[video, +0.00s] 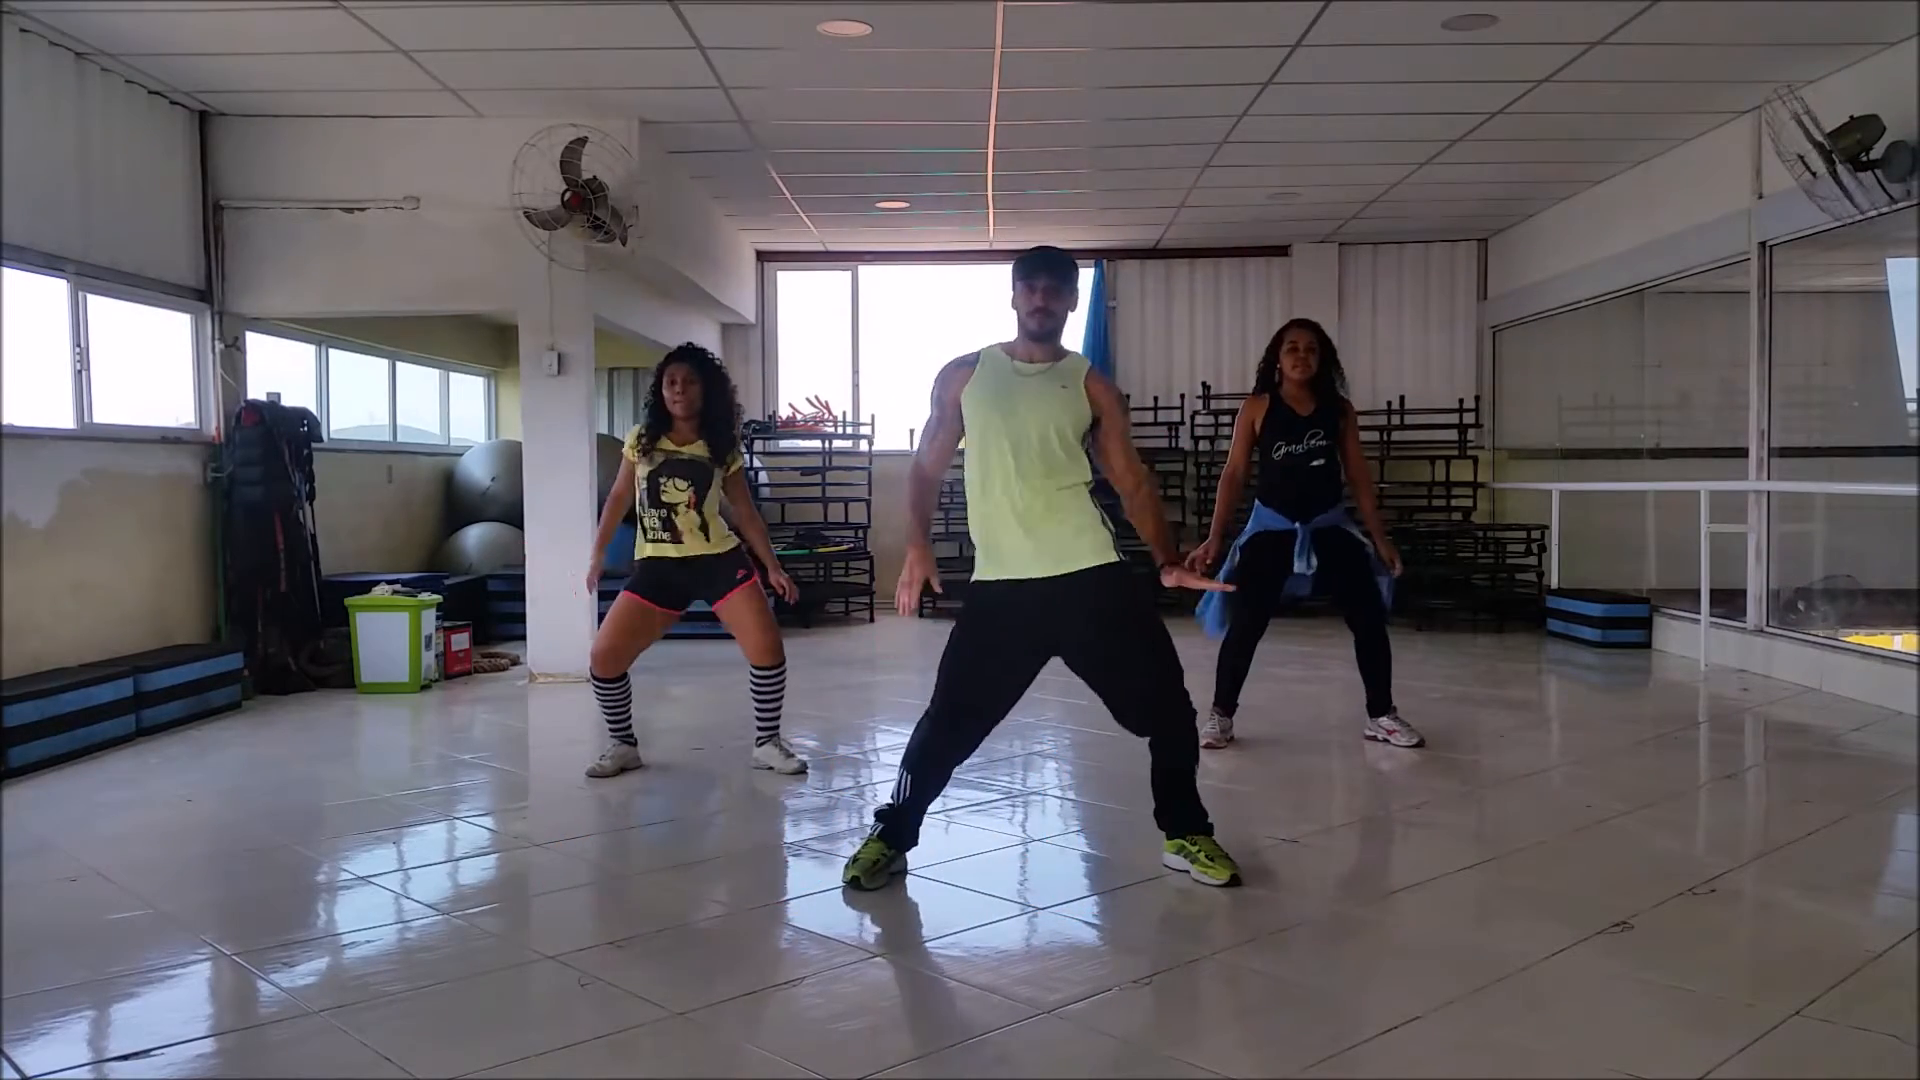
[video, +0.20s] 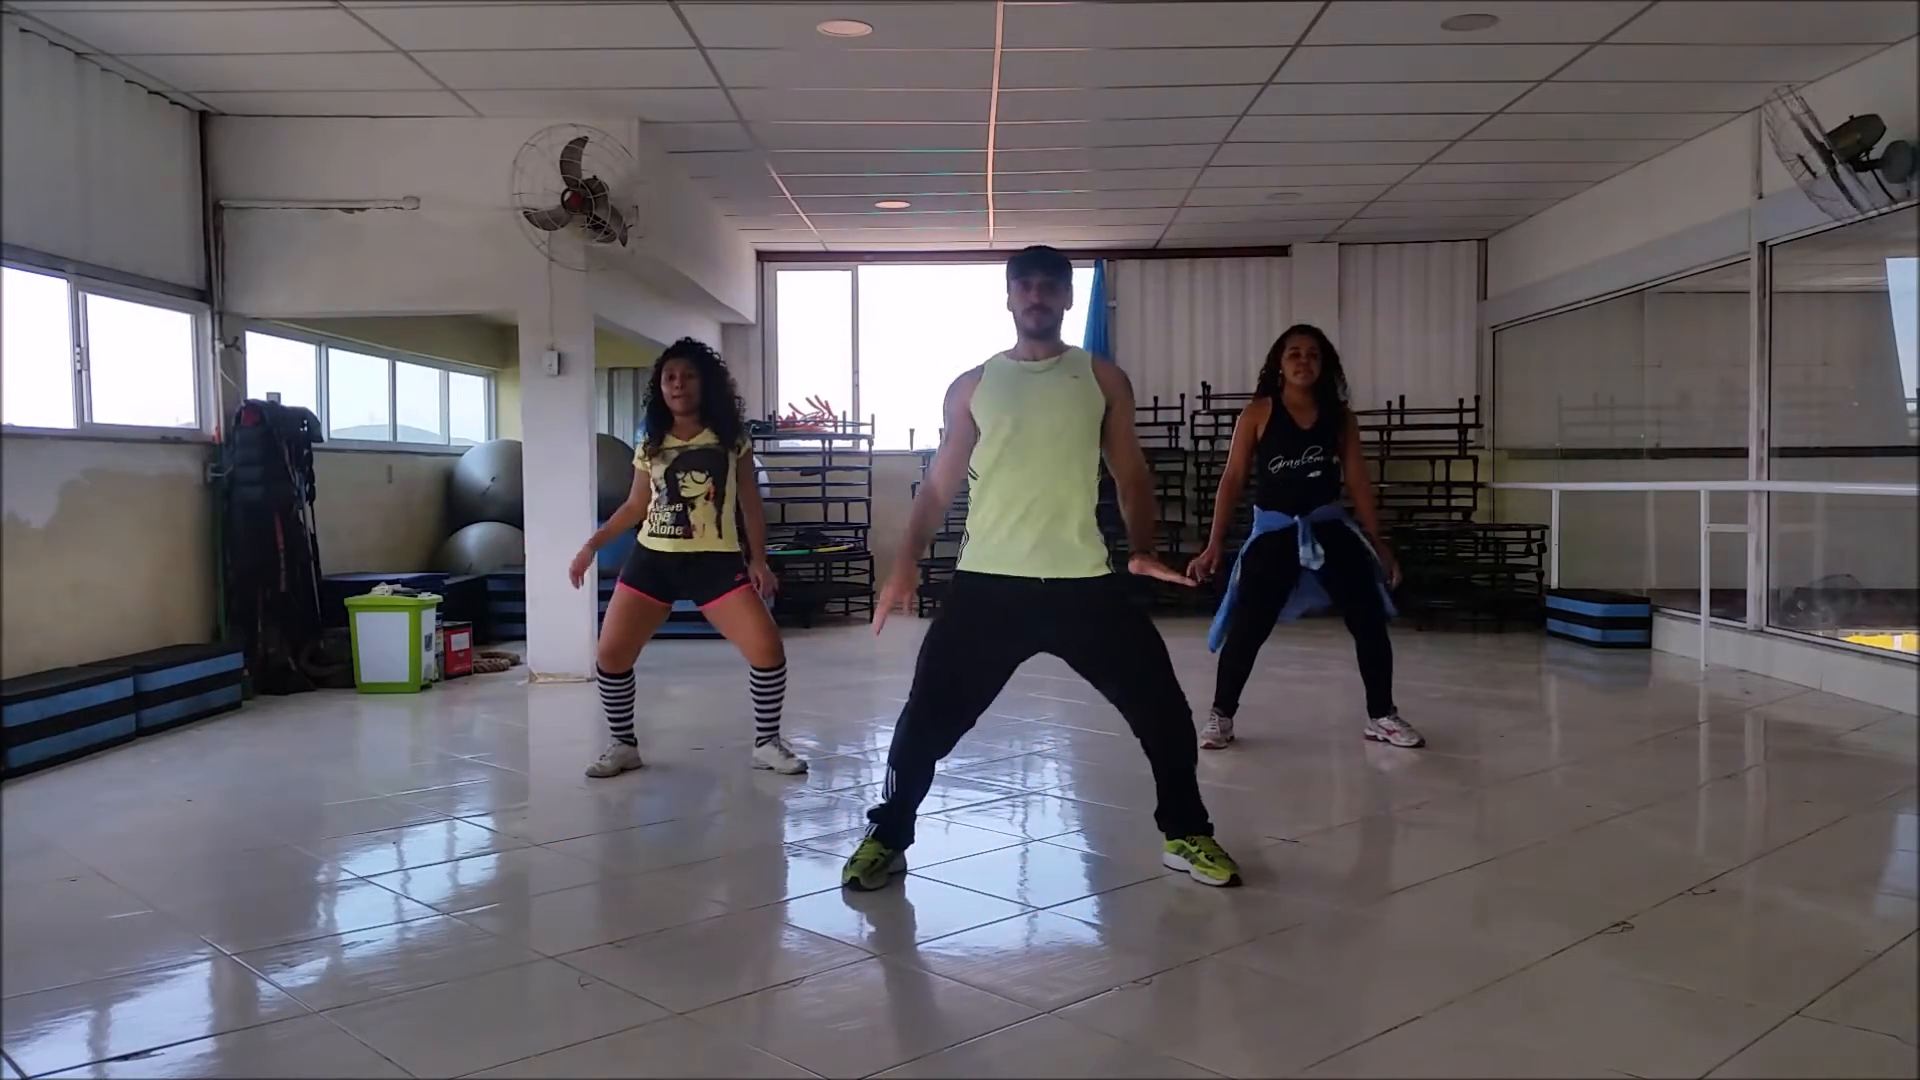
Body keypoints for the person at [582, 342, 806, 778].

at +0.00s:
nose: (678, 389)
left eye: (688, 381)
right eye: (670, 382)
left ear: (706, 389)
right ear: (660, 391)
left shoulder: (722, 446)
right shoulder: (642, 439)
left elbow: (745, 511)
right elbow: (619, 497)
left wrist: (771, 564)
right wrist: (598, 549)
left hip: (722, 567)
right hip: (658, 570)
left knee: (767, 648)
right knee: (605, 656)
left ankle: (768, 744)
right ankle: (623, 746)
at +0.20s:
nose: (676, 385)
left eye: (686, 376)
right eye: (668, 377)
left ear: (706, 383)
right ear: (659, 387)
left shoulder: (732, 439)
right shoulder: (651, 444)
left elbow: (751, 504)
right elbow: (635, 506)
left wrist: (759, 559)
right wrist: (591, 545)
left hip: (715, 566)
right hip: (652, 565)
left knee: (767, 649)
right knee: (611, 654)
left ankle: (768, 743)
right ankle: (623, 746)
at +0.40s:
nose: (684, 388)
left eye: (695, 380)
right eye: (676, 381)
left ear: (713, 390)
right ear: (667, 390)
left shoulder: (735, 444)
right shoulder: (652, 449)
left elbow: (758, 501)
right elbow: (632, 512)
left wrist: (765, 553)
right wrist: (600, 564)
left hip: (720, 570)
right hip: (658, 566)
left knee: (765, 653)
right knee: (613, 654)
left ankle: (767, 744)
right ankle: (624, 746)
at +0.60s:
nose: (693, 385)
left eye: (704, 379)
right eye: (686, 378)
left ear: (722, 390)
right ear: (676, 386)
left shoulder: (734, 447)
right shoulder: (652, 438)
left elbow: (755, 510)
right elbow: (628, 497)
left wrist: (775, 559)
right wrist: (616, 558)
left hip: (728, 564)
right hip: (665, 566)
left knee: (766, 649)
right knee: (612, 651)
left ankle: (767, 745)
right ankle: (623, 745)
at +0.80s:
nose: (690, 376)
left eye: (702, 370)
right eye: (683, 369)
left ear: (720, 380)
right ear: (673, 377)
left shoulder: (735, 435)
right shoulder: (655, 427)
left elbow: (755, 500)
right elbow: (631, 482)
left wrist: (768, 555)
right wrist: (608, 525)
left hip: (728, 560)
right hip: (664, 560)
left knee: (767, 648)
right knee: (619, 652)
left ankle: (767, 743)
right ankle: (625, 745)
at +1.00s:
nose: (685, 386)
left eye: (696, 378)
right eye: (677, 379)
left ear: (715, 386)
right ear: (668, 388)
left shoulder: (739, 443)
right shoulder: (656, 444)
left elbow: (759, 502)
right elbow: (630, 507)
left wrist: (751, 552)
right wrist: (583, 540)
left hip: (717, 570)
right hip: (655, 567)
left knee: (771, 648)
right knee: (611, 652)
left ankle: (768, 745)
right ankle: (624, 745)